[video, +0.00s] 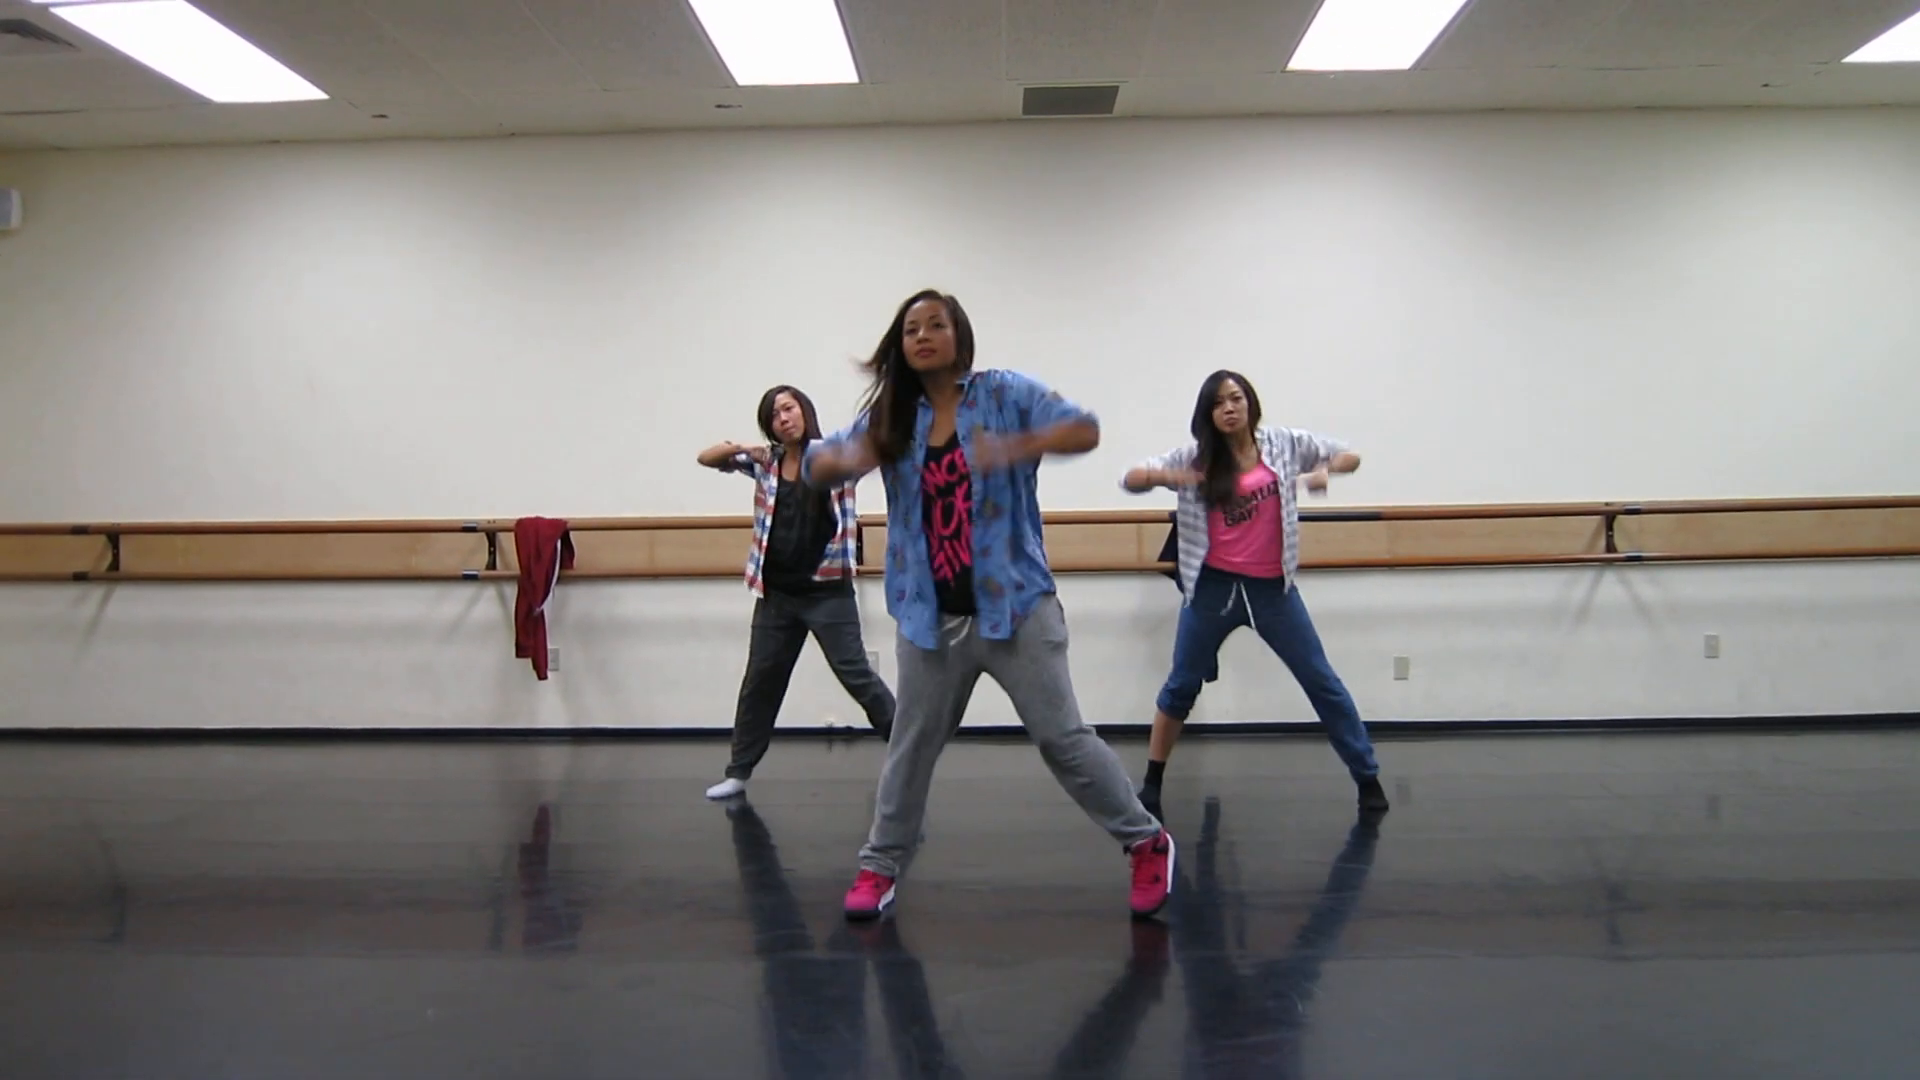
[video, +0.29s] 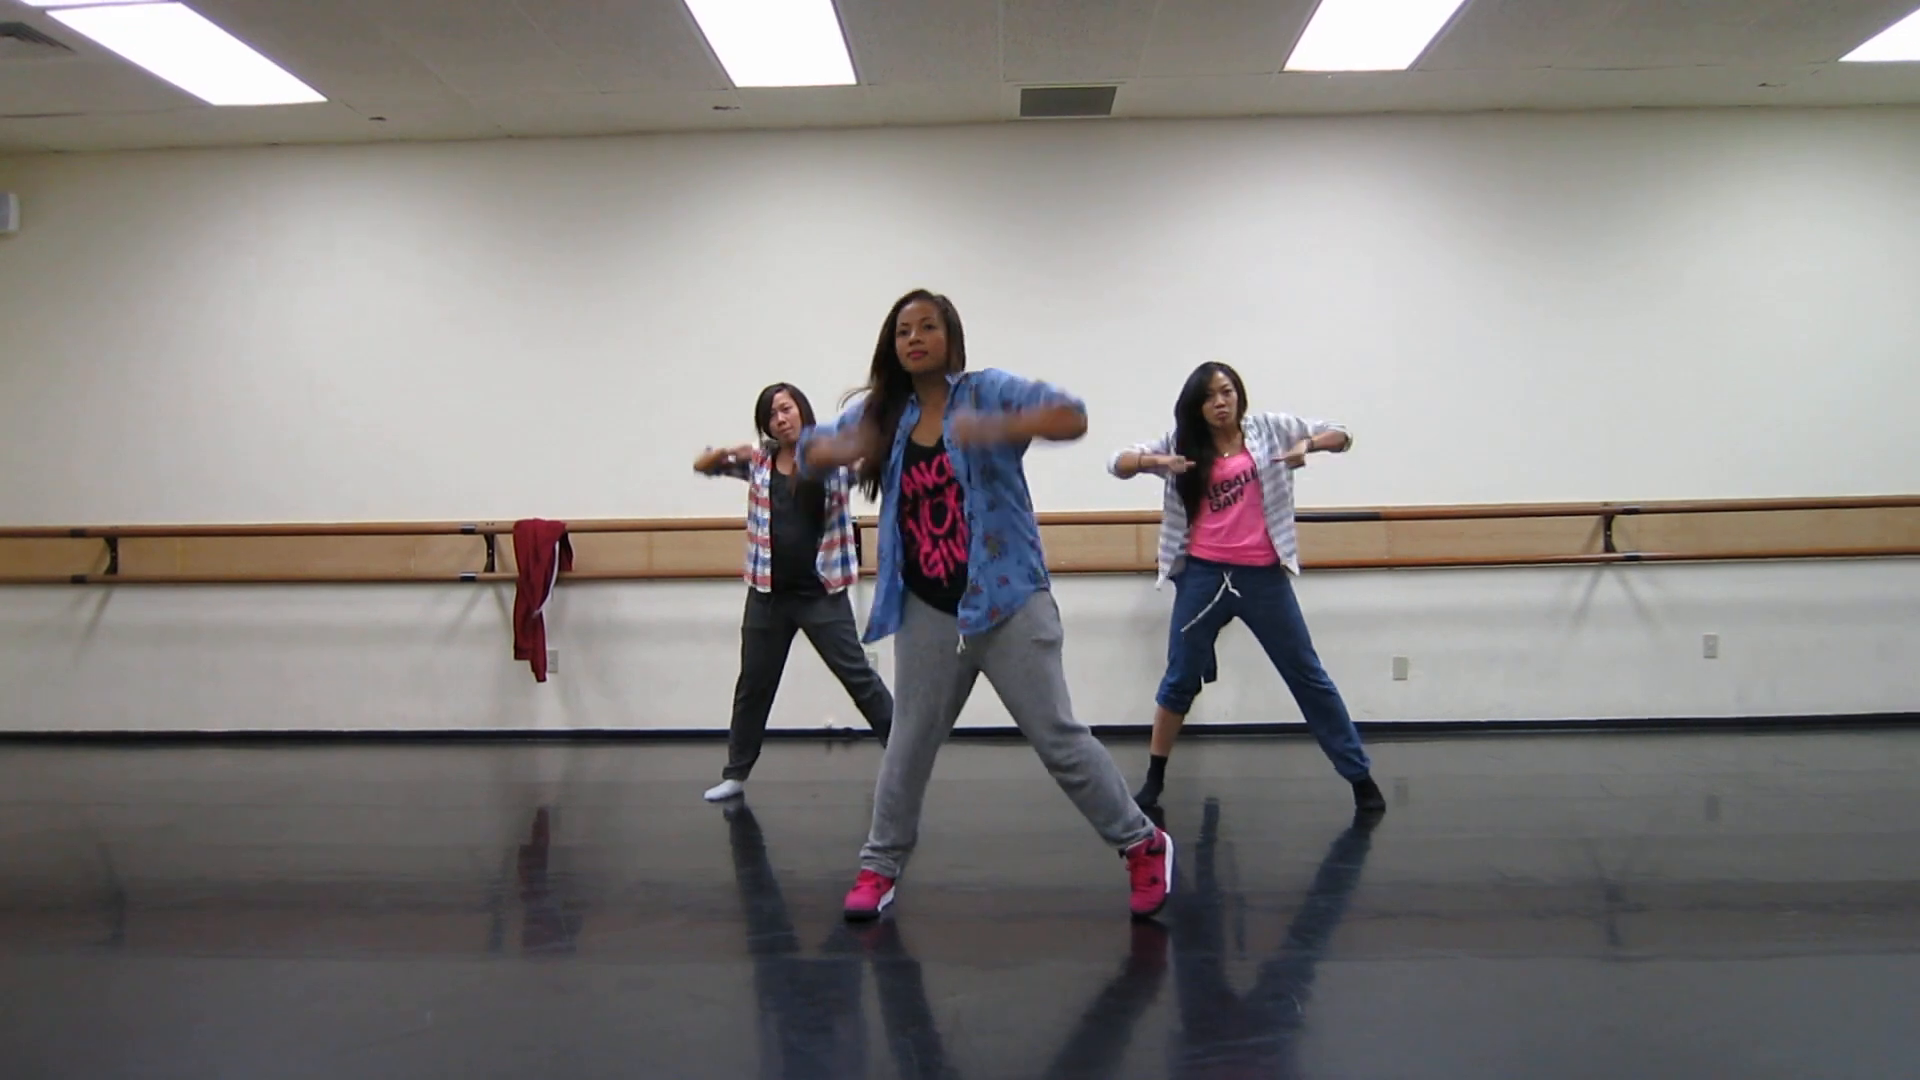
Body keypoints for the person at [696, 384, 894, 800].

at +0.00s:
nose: (783, 416)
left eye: (789, 407)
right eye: (775, 413)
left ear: (807, 411)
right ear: (771, 426)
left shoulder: (834, 453)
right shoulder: (763, 462)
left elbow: (875, 443)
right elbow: (706, 458)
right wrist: (740, 448)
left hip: (829, 593)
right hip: (776, 594)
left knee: (857, 677)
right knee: (759, 683)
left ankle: (909, 751)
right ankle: (738, 774)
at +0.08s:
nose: (782, 415)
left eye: (787, 406)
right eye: (773, 412)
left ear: (805, 409)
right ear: (768, 425)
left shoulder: (835, 456)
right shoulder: (760, 465)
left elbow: (874, 491)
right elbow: (723, 506)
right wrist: (725, 502)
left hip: (825, 594)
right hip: (771, 596)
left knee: (862, 677)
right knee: (757, 685)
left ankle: (907, 752)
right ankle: (737, 774)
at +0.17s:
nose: (782, 417)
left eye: (788, 408)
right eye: (774, 414)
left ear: (806, 411)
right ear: (767, 425)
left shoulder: (835, 460)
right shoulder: (760, 466)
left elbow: (860, 513)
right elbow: (724, 510)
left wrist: (825, 550)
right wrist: (734, 546)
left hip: (823, 596)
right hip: (769, 595)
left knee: (862, 678)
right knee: (754, 685)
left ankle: (906, 756)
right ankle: (735, 774)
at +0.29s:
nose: (781, 417)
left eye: (786, 408)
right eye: (772, 413)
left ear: (804, 412)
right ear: (765, 424)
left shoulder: (832, 454)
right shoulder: (757, 461)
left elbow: (870, 454)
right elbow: (703, 467)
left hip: (822, 596)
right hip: (767, 596)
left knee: (861, 680)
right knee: (753, 687)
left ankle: (907, 759)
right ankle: (735, 776)